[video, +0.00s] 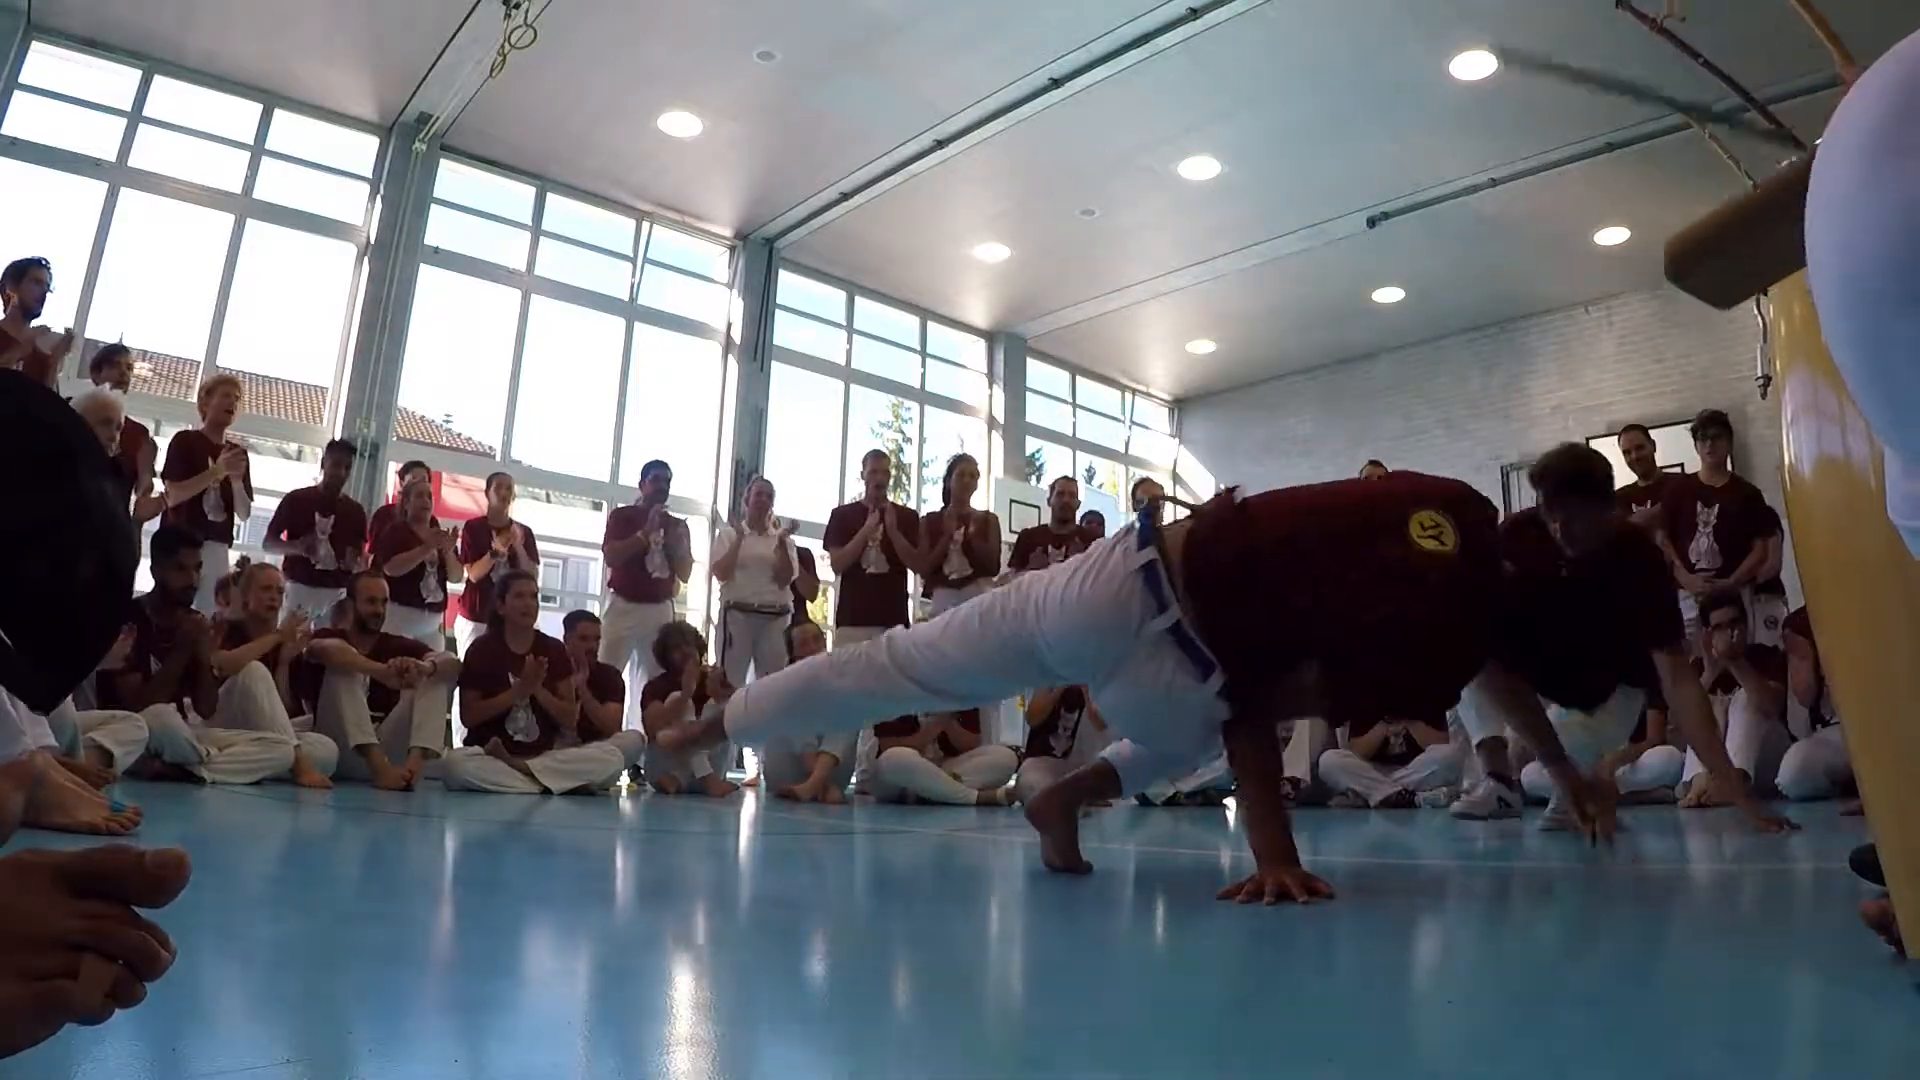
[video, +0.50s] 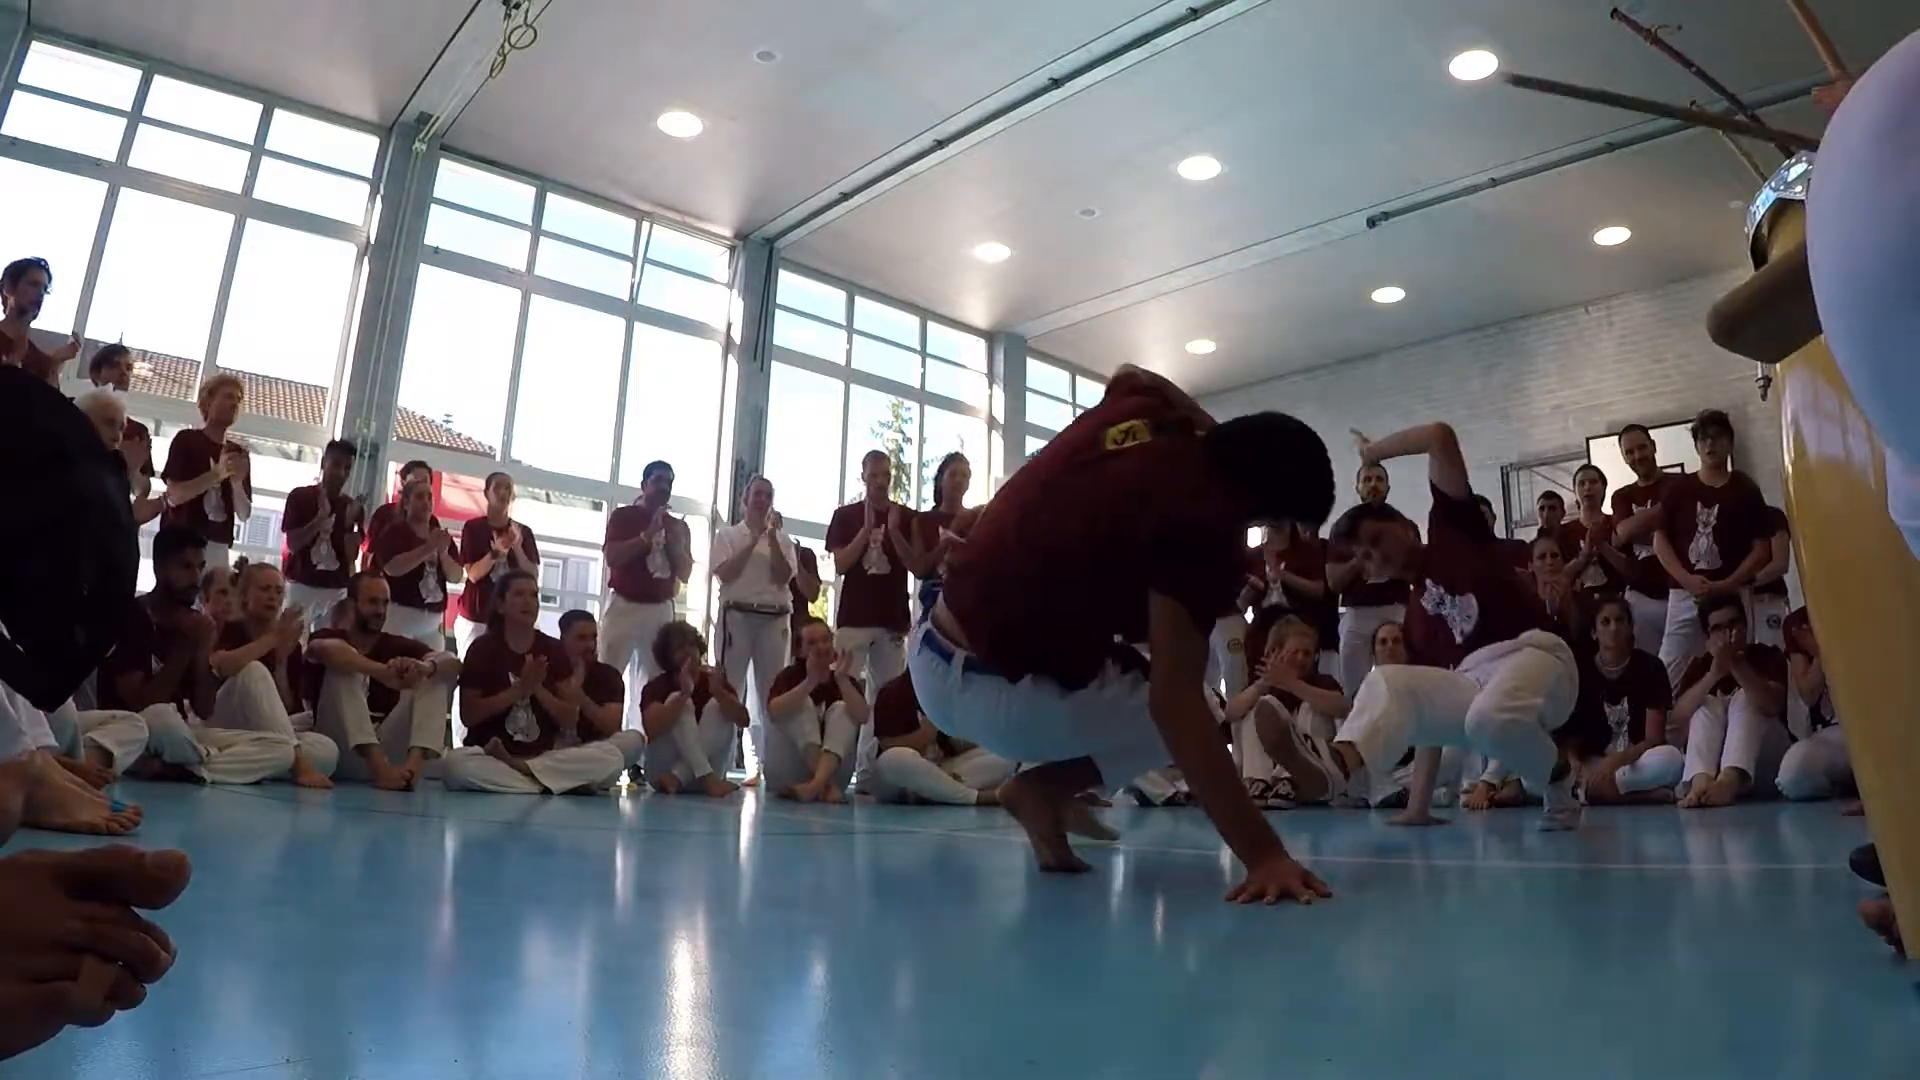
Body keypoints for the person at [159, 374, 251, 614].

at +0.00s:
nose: (232, 403)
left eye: (236, 399)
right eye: (225, 396)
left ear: (239, 407)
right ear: (204, 403)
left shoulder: (236, 453)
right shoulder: (184, 440)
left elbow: (244, 513)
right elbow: (172, 496)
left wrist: (236, 478)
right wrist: (218, 471)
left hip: (217, 547)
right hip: (180, 544)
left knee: (210, 619)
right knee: (173, 614)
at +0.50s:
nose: (236, 404)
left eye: (238, 399)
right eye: (229, 397)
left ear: (239, 407)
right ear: (206, 402)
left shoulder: (238, 453)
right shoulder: (186, 439)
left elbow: (243, 514)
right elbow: (175, 495)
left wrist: (237, 481)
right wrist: (217, 474)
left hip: (218, 546)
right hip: (181, 543)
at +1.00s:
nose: (238, 407)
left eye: (242, 402)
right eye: (231, 399)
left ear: (245, 409)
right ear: (210, 403)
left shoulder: (241, 456)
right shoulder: (188, 441)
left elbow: (242, 517)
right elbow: (172, 499)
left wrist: (230, 494)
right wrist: (211, 485)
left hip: (217, 548)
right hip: (179, 544)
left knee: (205, 618)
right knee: (171, 612)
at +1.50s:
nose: (239, 408)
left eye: (243, 403)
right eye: (232, 400)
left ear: (246, 410)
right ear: (211, 406)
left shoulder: (243, 458)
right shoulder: (189, 442)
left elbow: (245, 519)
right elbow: (176, 500)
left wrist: (236, 491)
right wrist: (217, 483)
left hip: (218, 550)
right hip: (180, 545)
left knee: (208, 621)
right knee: (171, 615)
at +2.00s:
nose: (240, 408)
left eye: (243, 403)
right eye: (233, 401)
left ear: (245, 410)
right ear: (212, 403)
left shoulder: (242, 457)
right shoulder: (189, 443)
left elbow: (246, 517)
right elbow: (178, 501)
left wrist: (230, 490)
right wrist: (221, 479)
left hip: (219, 549)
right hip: (182, 545)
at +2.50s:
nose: (237, 406)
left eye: (241, 401)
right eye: (230, 399)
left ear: (243, 408)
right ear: (210, 402)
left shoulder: (241, 456)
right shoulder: (188, 441)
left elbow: (245, 516)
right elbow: (174, 499)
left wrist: (239, 482)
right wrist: (213, 478)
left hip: (219, 549)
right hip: (183, 545)